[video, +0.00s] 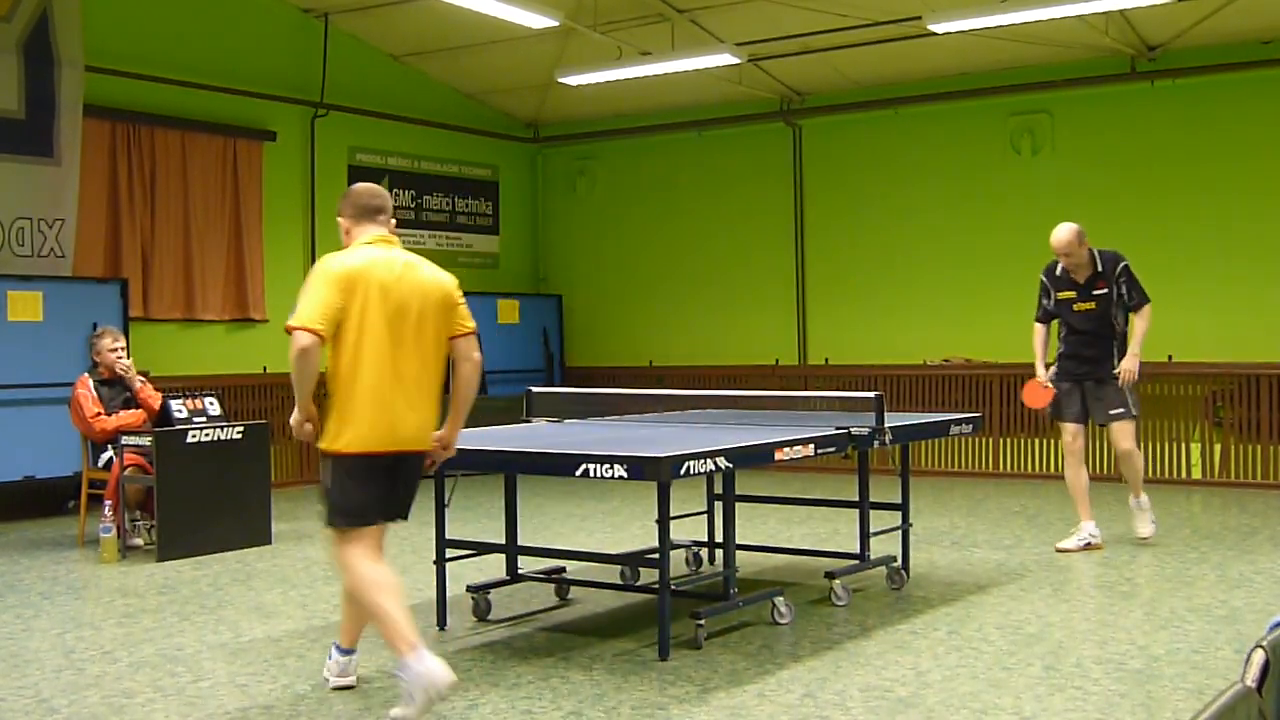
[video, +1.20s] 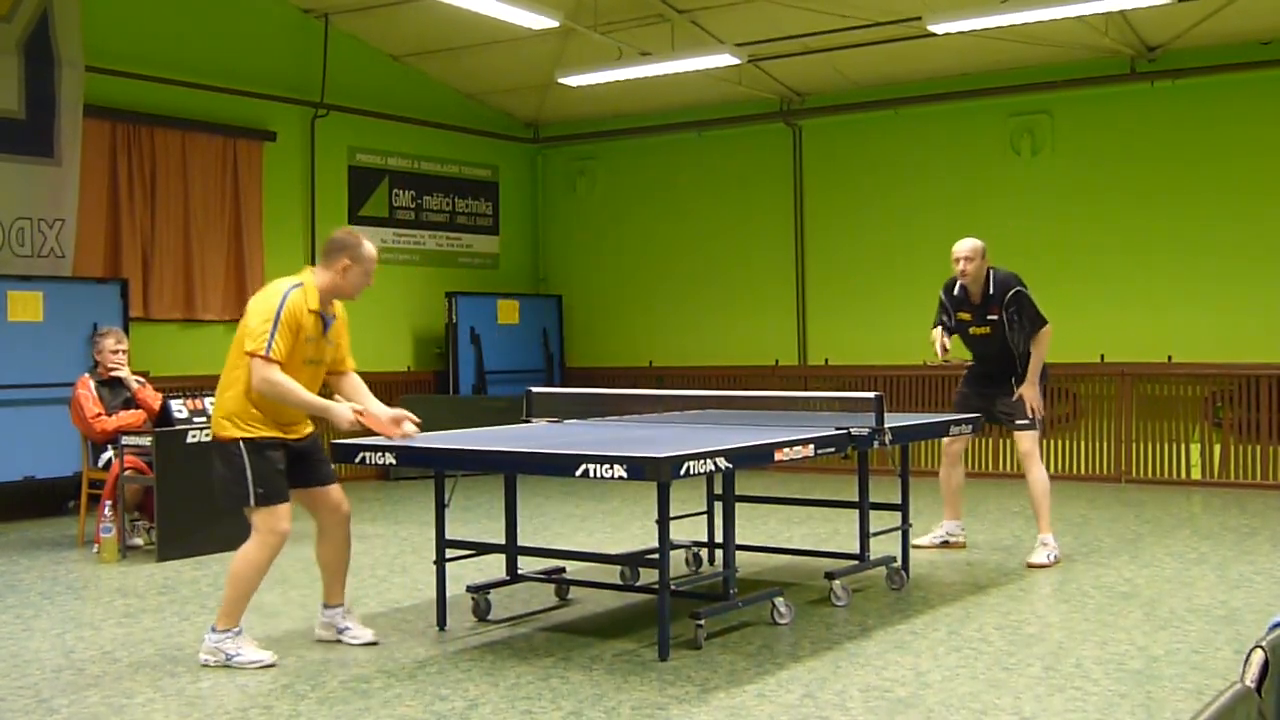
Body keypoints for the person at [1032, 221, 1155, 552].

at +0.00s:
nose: (1063, 264)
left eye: (1068, 257)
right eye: (1058, 258)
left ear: (1084, 247)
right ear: (1054, 252)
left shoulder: (1113, 264)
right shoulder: (1051, 275)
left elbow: (1142, 308)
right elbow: (1042, 322)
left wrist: (1133, 353)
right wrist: (1040, 366)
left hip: (1111, 369)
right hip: (1068, 371)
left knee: (1126, 448)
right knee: (1072, 445)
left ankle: (1139, 501)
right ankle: (1087, 526)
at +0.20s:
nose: (1043, 250)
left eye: (1049, 243)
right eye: (1039, 244)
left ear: (1068, 241)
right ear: (1037, 243)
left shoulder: (1096, 264)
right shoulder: (1036, 273)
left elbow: (1127, 307)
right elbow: (1027, 318)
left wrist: (1113, 357)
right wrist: (1027, 353)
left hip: (1094, 366)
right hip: (1056, 368)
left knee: (1094, 444)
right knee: (1068, 448)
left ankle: (1101, 528)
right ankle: (1085, 526)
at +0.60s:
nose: (1014, 246)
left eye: (1022, 240)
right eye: (1012, 240)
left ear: (1042, 244)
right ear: (1011, 243)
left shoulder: (1064, 271)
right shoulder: (1012, 274)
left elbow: (1090, 319)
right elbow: (1010, 315)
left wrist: (1073, 372)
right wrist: (1005, 347)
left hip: (1056, 373)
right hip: (1025, 371)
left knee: (1049, 454)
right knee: (1017, 451)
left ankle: (1049, 541)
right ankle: (1067, 513)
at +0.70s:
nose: (1005, 244)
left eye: (1012, 238)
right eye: (1002, 238)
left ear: (1032, 242)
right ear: (1000, 242)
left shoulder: (1052, 271)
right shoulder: (1003, 272)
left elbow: (1077, 322)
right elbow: (1005, 309)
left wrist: (1062, 372)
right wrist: (996, 340)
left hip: (1051, 370)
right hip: (1019, 367)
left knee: (1046, 452)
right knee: (999, 442)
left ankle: (1049, 540)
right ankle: (1036, 510)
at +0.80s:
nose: (1000, 245)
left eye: (1007, 239)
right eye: (996, 240)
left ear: (1025, 242)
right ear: (992, 244)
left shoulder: (1044, 271)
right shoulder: (996, 273)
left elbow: (1071, 322)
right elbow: (999, 307)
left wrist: (1057, 371)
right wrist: (988, 334)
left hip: (1048, 369)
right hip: (1016, 366)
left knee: (1043, 450)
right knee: (993, 439)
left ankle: (1049, 540)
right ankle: (1012, 517)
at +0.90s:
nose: (989, 251)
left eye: (996, 244)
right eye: (984, 245)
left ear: (1012, 248)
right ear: (979, 250)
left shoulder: (1032, 274)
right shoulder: (982, 278)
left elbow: (1062, 324)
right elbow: (986, 310)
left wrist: (1050, 374)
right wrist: (973, 329)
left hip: (1040, 370)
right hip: (1008, 369)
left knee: (1039, 451)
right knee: (988, 443)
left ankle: (1048, 541)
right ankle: (970, 523)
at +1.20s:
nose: (962, 266)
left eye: (969, 260)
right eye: (957, 261)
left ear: (984, 261)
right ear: (952, 263)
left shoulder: (1008, 286)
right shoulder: (951, 290)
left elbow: (1043, 330)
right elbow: (941, 326)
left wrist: (1032, 382)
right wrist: (940, 338)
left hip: (1017, 375)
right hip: (978, 376)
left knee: (1028, 451)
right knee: (951, 446)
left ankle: (1046, 540)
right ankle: (952, 529)